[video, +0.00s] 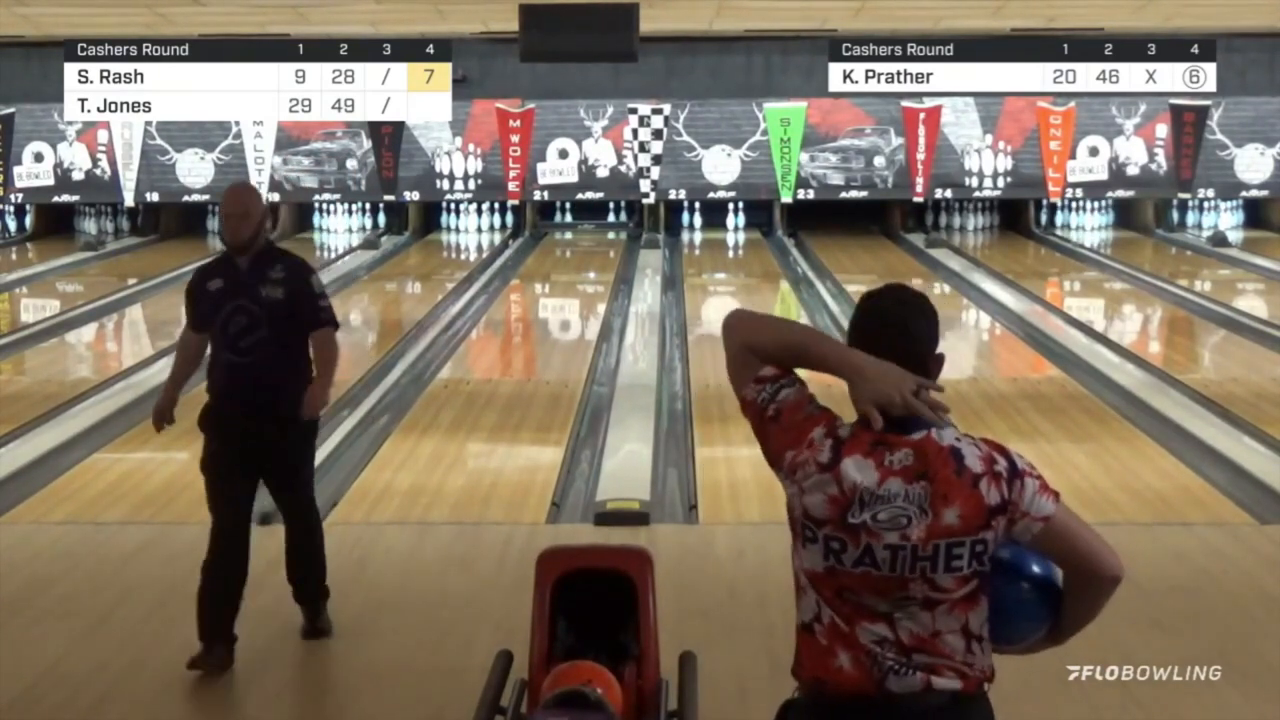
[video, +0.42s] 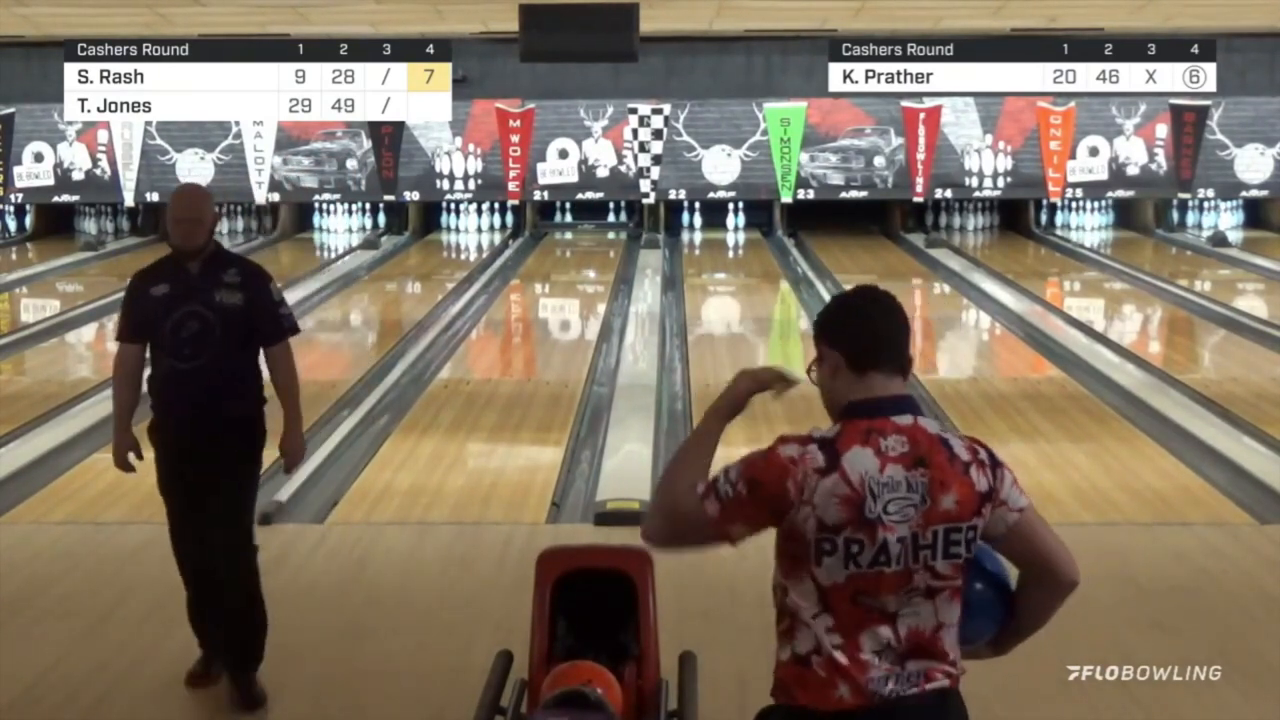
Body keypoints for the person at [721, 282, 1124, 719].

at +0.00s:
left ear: (853, 370)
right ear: (936, 370)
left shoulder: (813, 457)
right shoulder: (990, 469)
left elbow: (741, 330)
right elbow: (1101, 569)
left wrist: (854, 366)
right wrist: (1046, 632)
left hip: (833, 697)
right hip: (953, 699)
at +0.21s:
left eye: (845, 365)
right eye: (925, 353)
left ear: (839, 371)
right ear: (928, 364)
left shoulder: (811, 456)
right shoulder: (987, 464)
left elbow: (696, 378)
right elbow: (1086, 565)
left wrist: (817, 364)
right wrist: (1032, 630)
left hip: (831, 694)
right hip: (949, 694)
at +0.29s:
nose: (839, 369)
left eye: (835, 363)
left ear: (837, 370)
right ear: (920, 363)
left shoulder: (810, 458)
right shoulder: (984, 463)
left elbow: (675, 416)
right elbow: (1079, 566)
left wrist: (786, 368)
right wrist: (1021, 632)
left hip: (830, 695)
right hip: (944, 695)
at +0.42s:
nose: (815, 374)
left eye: (817, 361)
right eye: (814, 362)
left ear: (829, 362)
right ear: (905, 361)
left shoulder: (800, 465)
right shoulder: (971, 463)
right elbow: (1057, 572)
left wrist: (725, 404)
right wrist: (995, 639)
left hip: (819, 700)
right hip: (934, 694)